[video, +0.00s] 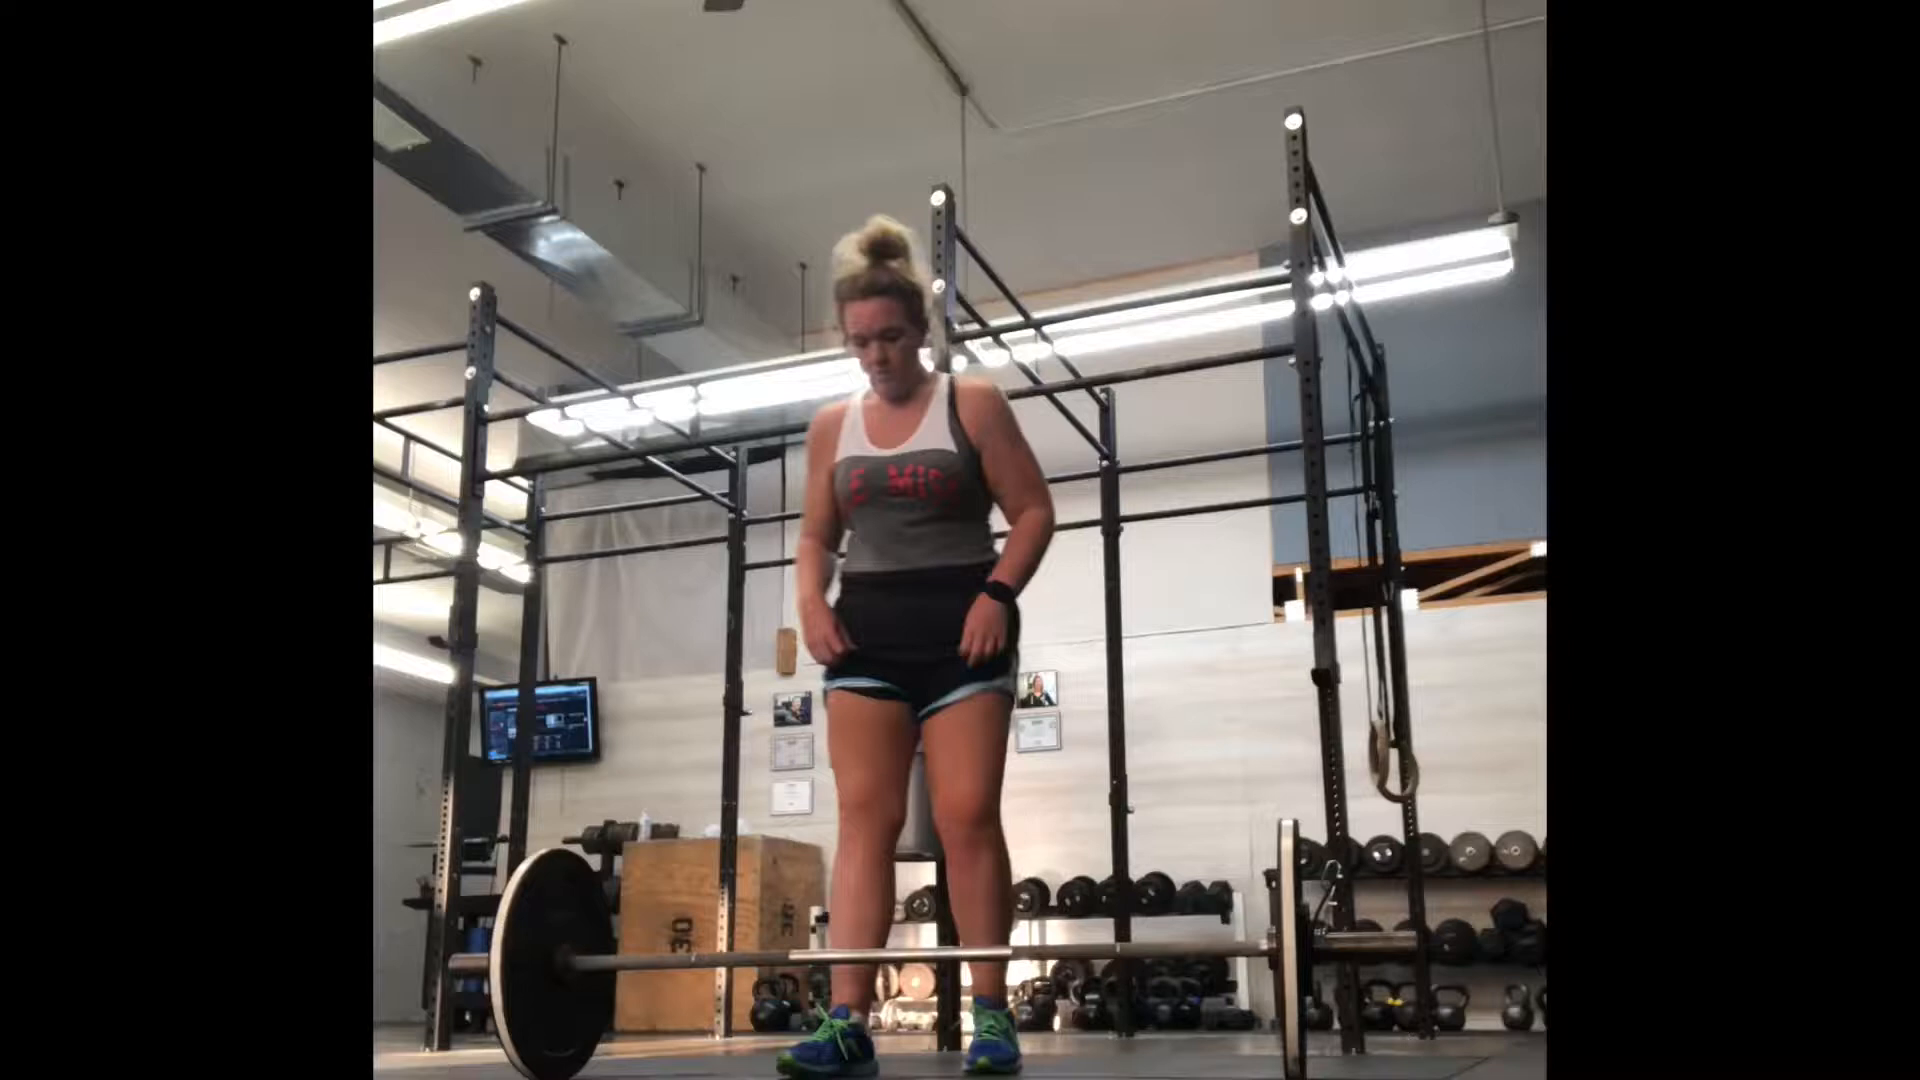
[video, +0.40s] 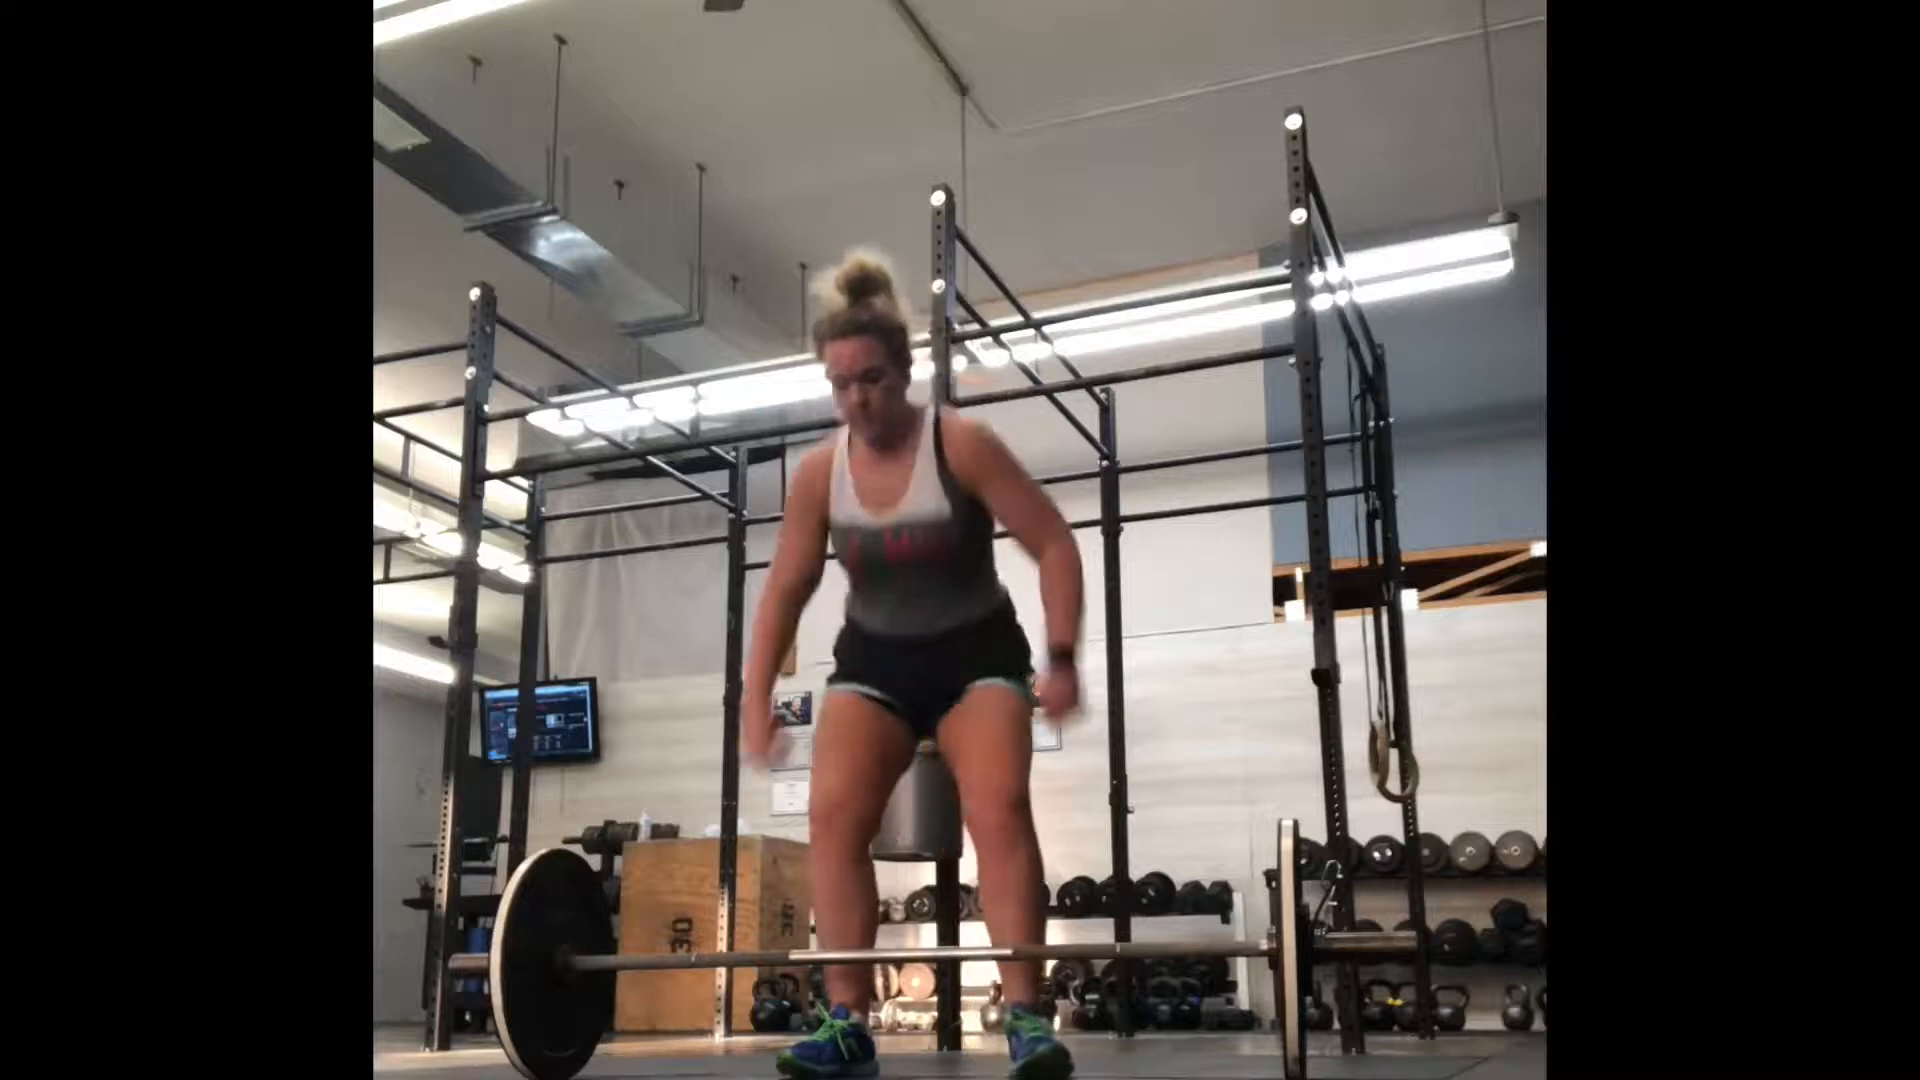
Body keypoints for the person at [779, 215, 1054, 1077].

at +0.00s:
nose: (879, 353)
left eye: (892, 335)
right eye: (864, 339)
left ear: (922, 327)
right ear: (845, 336)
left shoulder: (972, 404)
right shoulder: (832, 427)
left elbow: (1035, 513)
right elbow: (815, 536)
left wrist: (998, 593)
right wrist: (812, 607)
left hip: (962, 638)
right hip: (863, 643)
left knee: (967, 821)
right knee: (865, 822)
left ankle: (989, 1011)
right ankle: (847, 1019)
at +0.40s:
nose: (856, 396)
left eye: (871, 377)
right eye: (841, 382)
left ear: (905, 364)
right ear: (825, 376)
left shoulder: (962, 444)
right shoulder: (818, 473)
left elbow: (1053, 542)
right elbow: (786, 587)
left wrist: (1062, 654)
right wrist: (755, 693)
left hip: (978, 653)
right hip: (871, 663)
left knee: (1000, 812)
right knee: (833, 814)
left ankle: (1024, 1013)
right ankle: (848, 1020)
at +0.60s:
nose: (849, 476)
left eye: (867, 459)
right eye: (837, 462)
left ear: (908, 469)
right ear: (825, 476)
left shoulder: (958, 554)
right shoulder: (820, 574)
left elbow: (1051, 675)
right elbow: (770, 705)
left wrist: (1124, 795)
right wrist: (713, 828)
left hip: (987, 714)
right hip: (881, 722)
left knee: (1015, 816)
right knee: (815, 827)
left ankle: (1028, 1021)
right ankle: (847, 1024)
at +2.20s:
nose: (828, 367)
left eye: (846, 351)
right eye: (823, 353)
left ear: (892, 363)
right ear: (821, 369)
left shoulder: (953, 461)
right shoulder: (807, 482)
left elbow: (1076, 536)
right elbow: (719, 574)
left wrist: (1112, 648)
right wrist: (670, 680)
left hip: (986, 660)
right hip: (879, 671)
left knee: (1004, 811)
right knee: (814, 814)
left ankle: (1028, 1014)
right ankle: (843, 1021)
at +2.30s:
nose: (862, 289)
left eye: (881, 276)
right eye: (854, 278)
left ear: (924, 295)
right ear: (843, 299)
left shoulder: (969, 386)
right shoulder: (830, 413)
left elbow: (1095, 425)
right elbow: (717, 466)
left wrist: (1107, 501)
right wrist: (665, 538)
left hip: (971, 616)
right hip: (867, 622)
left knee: (991, 800)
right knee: (813, 807)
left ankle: (1025, 1006)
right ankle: (839, 1010)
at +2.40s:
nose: (886, 236)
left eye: (907, 228)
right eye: (875, 230)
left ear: (944, 253)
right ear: (860, 258)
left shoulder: (980, 317)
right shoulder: (839, 336)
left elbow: (1057, 328)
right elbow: (751, 372)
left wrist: (1097, 342)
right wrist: (687, 377)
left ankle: (1041, 974)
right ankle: (809, 975)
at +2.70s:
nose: (859, 364)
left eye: (877, 352)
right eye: (849, 355)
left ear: (919, 370)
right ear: (836, 375)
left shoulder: (961, 426)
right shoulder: (825, 447)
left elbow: (1047, 327)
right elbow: (735, 368)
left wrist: (1111, 204)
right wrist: (679, 274)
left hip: (983, 676)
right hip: (870, 688)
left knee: (1055, 808)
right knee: (770, 821)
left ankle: (1082, 1016)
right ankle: (803, 1024)